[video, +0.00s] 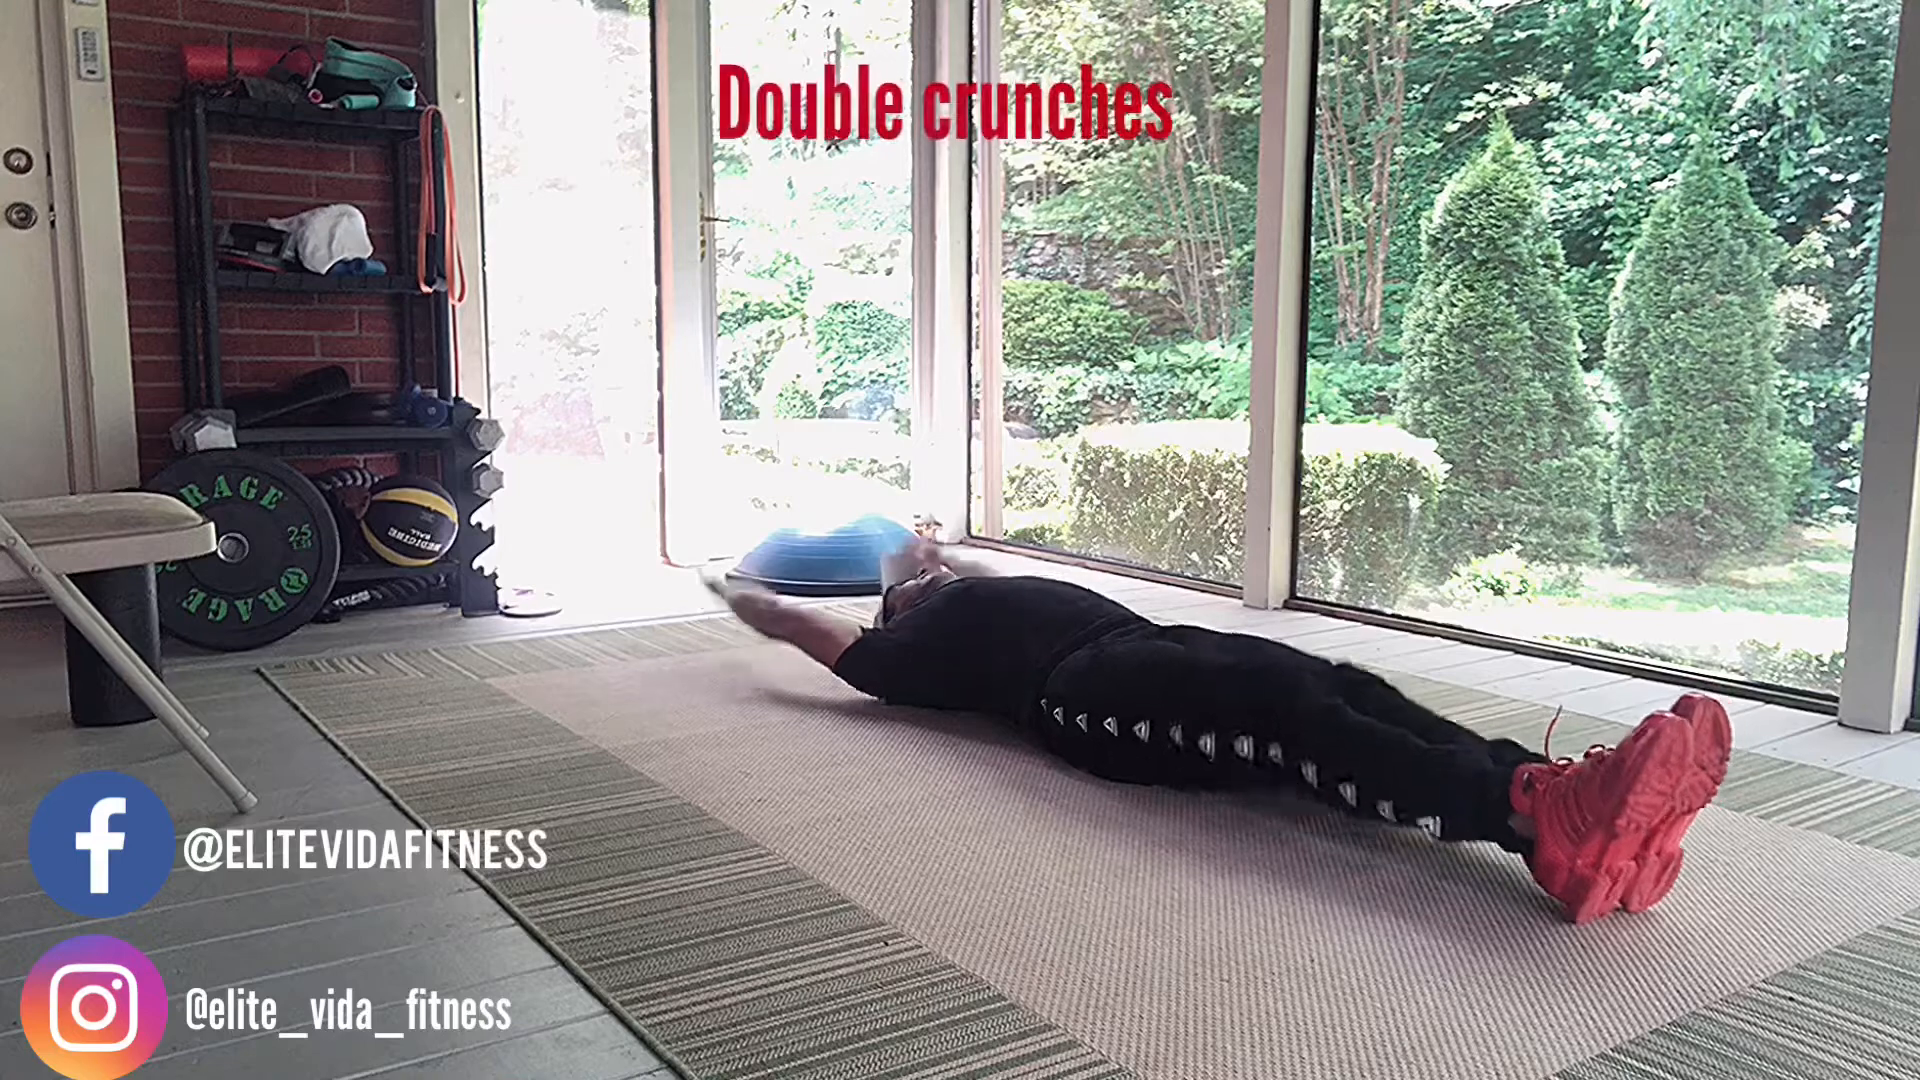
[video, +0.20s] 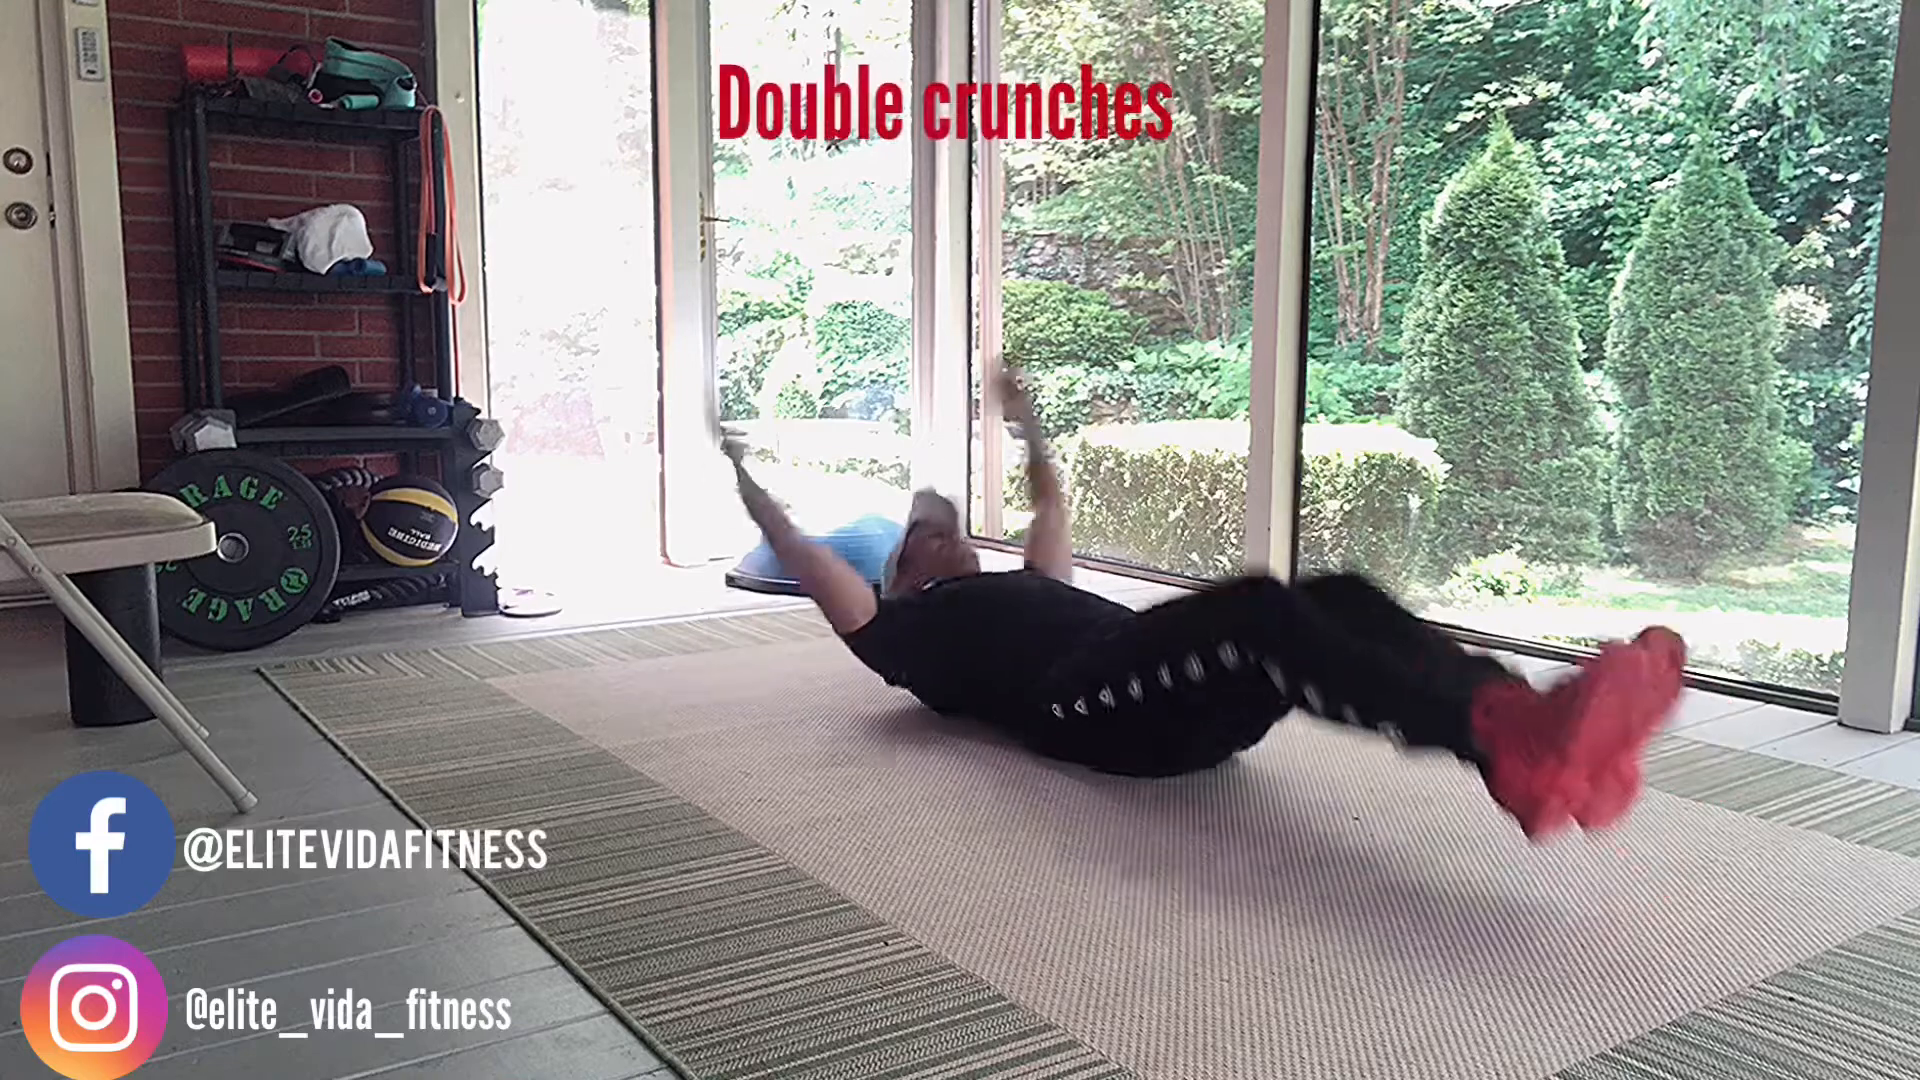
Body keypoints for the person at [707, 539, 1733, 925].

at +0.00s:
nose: (928, 543)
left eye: (932, 540)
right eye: (908, 550)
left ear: (950, 559)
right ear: (885, 587)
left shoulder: (1006, 585)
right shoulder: (882, 644)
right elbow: (748, 600)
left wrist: (945, 544)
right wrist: (793, 585)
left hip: (1144, 644)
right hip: (1077, 685)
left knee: (1335, 680)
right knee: (1283, 699)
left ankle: (1564, 839)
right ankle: (1545, 811)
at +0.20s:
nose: (944, 535)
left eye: (949, 528)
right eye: (925, 534)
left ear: (968, 548)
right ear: (898, 565)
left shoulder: (1020, 587)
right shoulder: (894, 623)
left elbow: (1052, 518)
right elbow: (803, 557)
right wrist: (747, 479)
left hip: (1169, 677)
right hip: (1094, 706)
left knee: (1338, 595)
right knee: (1259, 608)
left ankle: (1543, 742)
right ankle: (1511, 740)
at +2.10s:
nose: (919, 570)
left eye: (923, 566)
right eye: (899, 578)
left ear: (940, 574)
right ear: (880, 608)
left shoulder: (1005, 590)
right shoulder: (880, 649)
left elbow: (1088, 592)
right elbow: (759, 632)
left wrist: (954, 557)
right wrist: (758, 618)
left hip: (1158, 636)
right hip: (1080, 680)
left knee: (1344, 702)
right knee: (1277, 747)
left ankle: (1572, 831)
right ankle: (1548, 825)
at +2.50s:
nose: (926, 549)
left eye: (934, 547)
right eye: (906, 554)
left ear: (949, 566)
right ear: (881, 590)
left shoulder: (1002, 586)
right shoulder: (880, 640)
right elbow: (741, 582)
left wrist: (944, 549)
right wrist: (837, 578)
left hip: (1143, 641)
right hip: (1077, 683)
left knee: (1340, 682)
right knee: (1278, 699)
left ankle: (1573, 842)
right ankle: (1547, 811)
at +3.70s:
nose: (981, 496)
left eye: (989, 487)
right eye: (964, 483)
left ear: (998, 510)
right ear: (927, 502)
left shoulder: (1054, 569)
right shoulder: (923, 602)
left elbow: (1169, 482)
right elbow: (922, 490)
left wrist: (1232, 380)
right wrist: (946, 372)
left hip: (1184, 698)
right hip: (1101, 703)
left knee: (1235, 457)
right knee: (1129, 468)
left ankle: (1367, 586)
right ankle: (1324, 591)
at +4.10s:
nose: (933, 549)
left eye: (944, 542)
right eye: (912, 552)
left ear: (973, 558)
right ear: (893, 585)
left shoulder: (1032, 585)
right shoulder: (907, 623)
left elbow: (1059, 498)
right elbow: (819, 514)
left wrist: (1030, 408)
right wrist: (775, 410)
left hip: (1161, 650)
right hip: (1087, 694)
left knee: (1345, 620)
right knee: (1288, 654)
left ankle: (1564, 728)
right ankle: (1533, 734)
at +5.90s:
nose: (1043, 497)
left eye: (1043, 485)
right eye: (1022, 484)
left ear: (1056, 485)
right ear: (967, 506)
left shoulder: (1090, 545)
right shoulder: (936, 576)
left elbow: (1204, 541)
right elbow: (979, 578)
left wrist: (1308, 505)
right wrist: (1079, 511)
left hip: (1189, 695)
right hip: (1085, 708)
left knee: (1157, 435)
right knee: (1086, 440)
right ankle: (1236, 571)